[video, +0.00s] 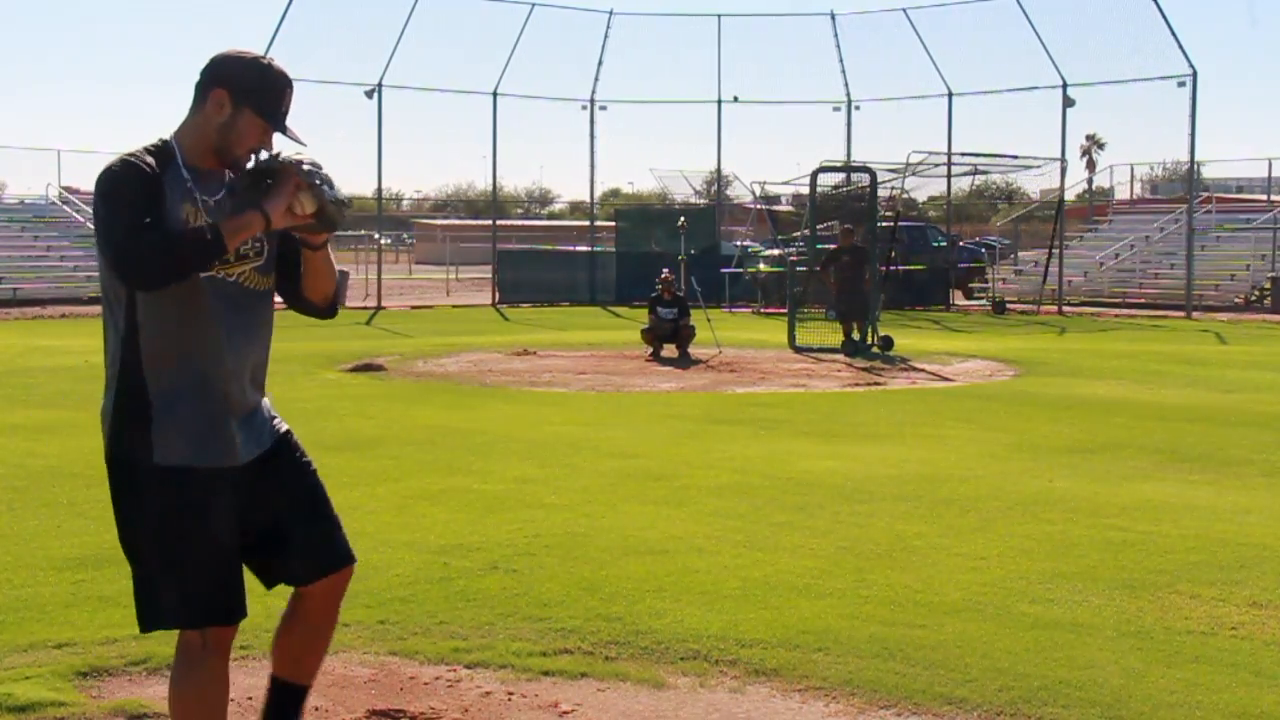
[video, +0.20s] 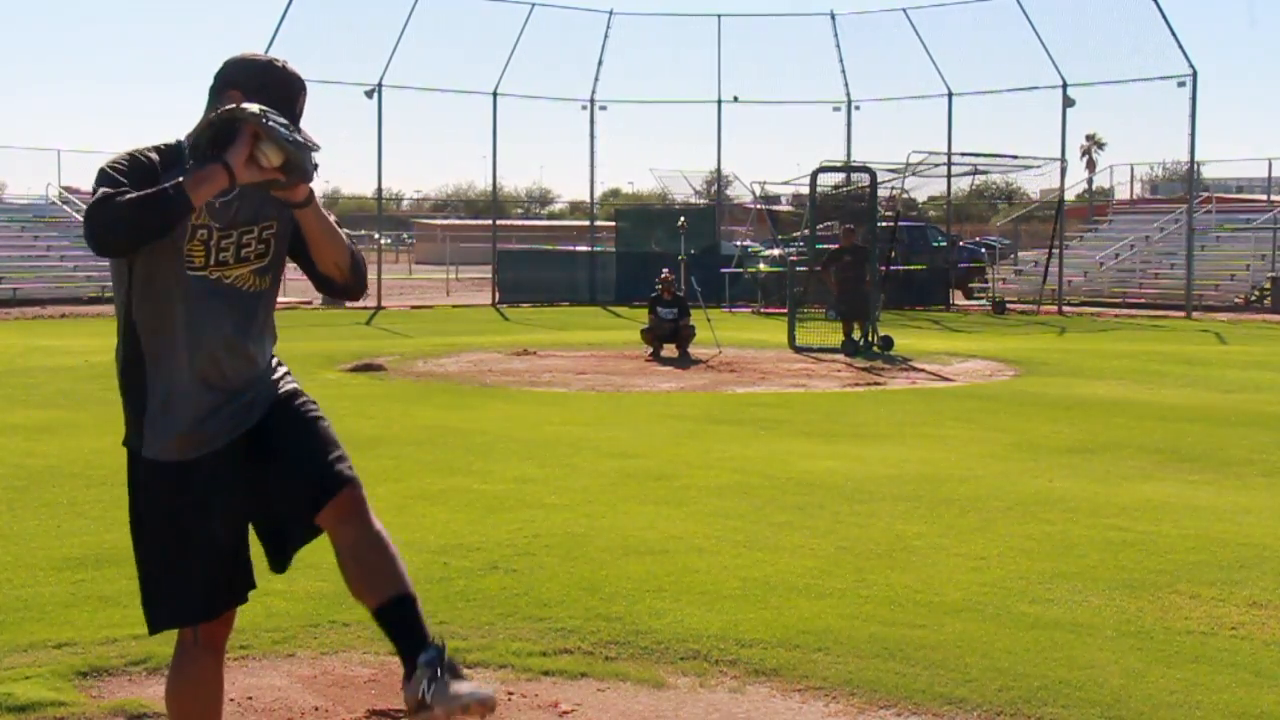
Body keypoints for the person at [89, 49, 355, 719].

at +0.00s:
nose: (267, 144)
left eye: (272, 131)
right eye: (263, 126)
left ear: (228, 112)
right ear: (219, 103)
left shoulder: (251, 189)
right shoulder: (131, 179)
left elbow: (316, 299)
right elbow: (141, 265)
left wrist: (312, 236)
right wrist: (257, 216)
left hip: (250, 427)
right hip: (167, 442)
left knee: (328, 567)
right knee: (209, 622)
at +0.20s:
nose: (273, 145)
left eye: (283, 134)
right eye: (264, 128)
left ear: (291, 136)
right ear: (228, 112)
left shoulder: (278, 193)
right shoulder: (144, 169)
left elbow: (349, 286)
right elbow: (105, 232)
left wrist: (303, 199)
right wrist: (221, 173)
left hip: (263, 399)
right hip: (176, 433)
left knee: (342, 497)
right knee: (208, 618)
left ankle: (425, 667)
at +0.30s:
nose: (268, 141)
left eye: (284, 134)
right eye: (261, 122)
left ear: (296, 141)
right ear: (230, 108)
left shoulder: (288, 194)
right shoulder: (160, 172)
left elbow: (365, 274)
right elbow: (110, 219)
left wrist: (309, 183)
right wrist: (221, 158)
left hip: (266, 384)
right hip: (183, 420)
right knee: (217, 610)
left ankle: (419, 581)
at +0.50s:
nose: (327, 161)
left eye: (331, 149)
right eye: (322, 145)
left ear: (313, 142)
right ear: (282, 130)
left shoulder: (321, 203)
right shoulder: (197, 186)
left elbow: (369, 300)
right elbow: (130, 247)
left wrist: (319, 218)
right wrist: (242, 186)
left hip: (268, 391)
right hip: (195, 425)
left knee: (344, 358)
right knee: (228, 608)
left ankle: (374, 565)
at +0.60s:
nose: (351, 175)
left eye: (353, 162)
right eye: (347, 159)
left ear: (310, 158)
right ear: (313, 153)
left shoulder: (330, 241)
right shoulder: (212, 221)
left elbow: (337, 358)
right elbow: (114, 315)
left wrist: (313, 328)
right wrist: (239, 319)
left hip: (279, 418)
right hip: (200, 439)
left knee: (373, 451)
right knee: (248, 603)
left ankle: (388, 653)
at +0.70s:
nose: (372, 215)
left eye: (374, 202)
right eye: (372, 200)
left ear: (323, 194)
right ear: (345, 196)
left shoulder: (341, 292)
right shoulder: (226, 265)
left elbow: (344, 394)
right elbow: (130, 358)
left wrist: (346, 478)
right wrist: (157, 473)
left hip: (291, 450)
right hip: (211, 462)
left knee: (388, 537)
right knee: (277, 605)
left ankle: (427, 706)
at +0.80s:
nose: (399, 252)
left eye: (400, 238)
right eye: (398, 236)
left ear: (357, 234)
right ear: (372, 235)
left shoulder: (365, 330)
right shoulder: (255, 295)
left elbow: (396, 426)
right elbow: (149, 362)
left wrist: (448, 523)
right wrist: (50, 447)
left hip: (293, 474)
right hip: (210, 479)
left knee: (397, 578)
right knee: (298, 609)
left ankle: (453, 713)